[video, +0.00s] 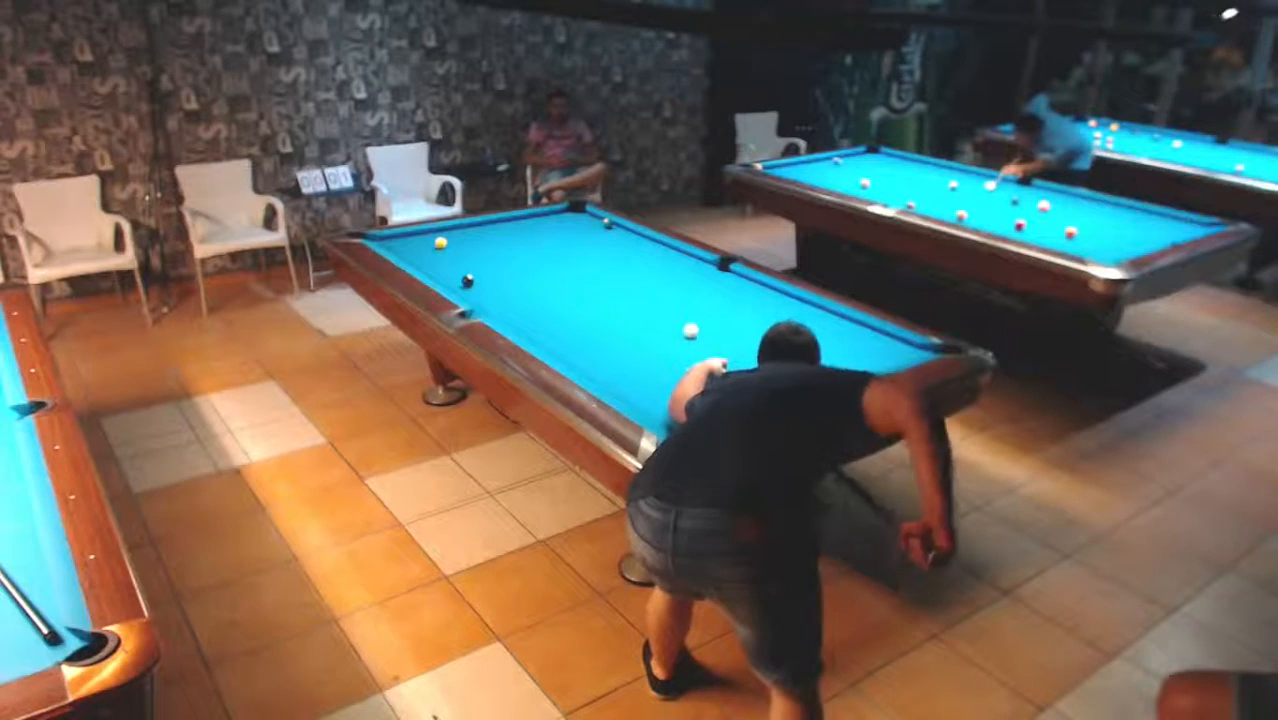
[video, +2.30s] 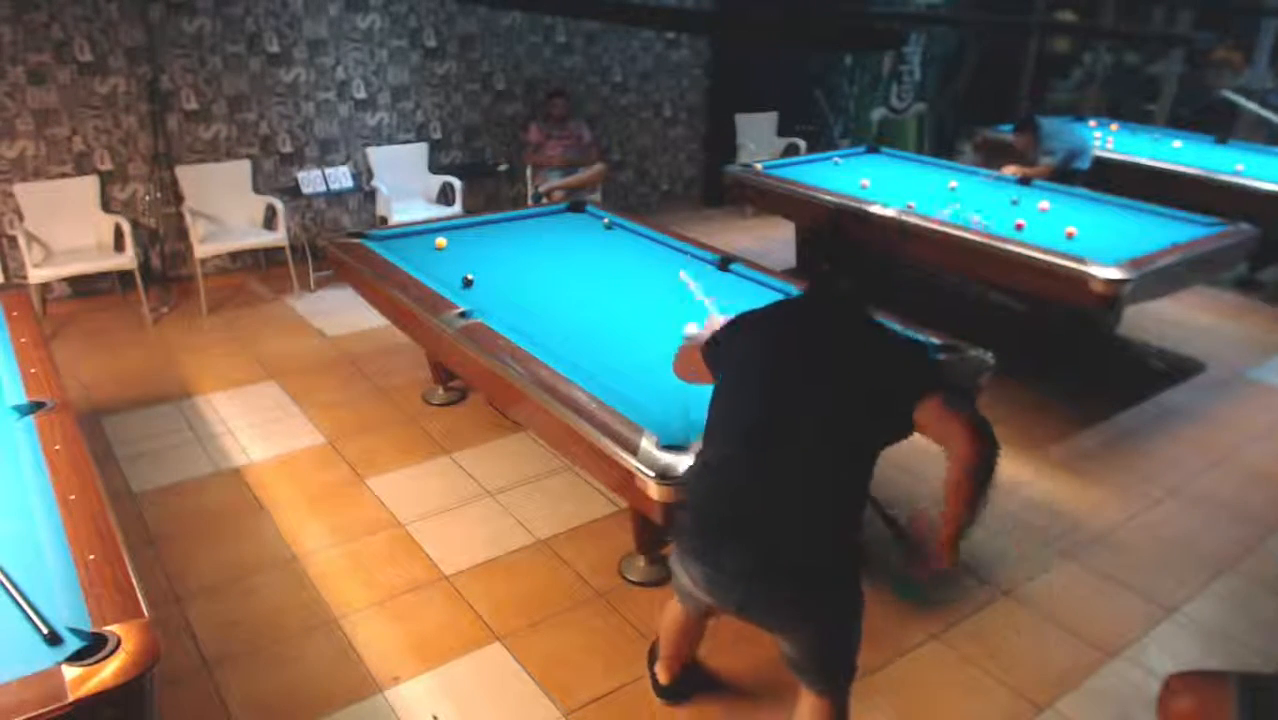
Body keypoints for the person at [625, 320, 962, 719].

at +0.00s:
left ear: (762, 359)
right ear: (815, 362)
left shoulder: (723, 384)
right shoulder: (837, 388)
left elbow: (679, 403)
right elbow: (914, 408)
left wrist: (704, 365)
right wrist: (938, 521)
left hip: (649, 517)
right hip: (744, 532)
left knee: (671, 585)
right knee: (790, 686)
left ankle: (663, 671)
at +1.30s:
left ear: (761, 359)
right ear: (814, 361)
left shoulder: (726, 387)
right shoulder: (835, 386)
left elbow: (683, 406)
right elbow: (913, 404)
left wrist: (702, 366)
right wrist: (888, 510)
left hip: (655, 517)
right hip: (750, 534)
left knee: (671, 583)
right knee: (798, 682)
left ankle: (664, 671)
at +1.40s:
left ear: (766, 346)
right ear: (819, 347)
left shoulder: (730, 373)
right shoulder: (844, 381)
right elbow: (920, 415)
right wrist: (895, 517)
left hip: (658, 522)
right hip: (751, 542)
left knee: (672, 584)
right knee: (803, 679)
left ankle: (664, 672)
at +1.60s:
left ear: (782, 307)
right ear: (839, 314)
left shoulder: (747, 346)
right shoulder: (870, 371)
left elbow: (688, 387)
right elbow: (953, 439)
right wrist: (921, 538)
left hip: (686, 519)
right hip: (781, 547)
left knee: (677, 589)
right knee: (815, 673)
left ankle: (663, 672)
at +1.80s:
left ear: (814, 277)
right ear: (884, 281)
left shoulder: (771, 336)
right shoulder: (908, 366)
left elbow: (687, 378)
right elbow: (994, 481)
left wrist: (723, 355)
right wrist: (961, 518)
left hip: (725, 562)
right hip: (829, 586)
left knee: (694, 611)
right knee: (832, 696)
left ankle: (666, 677)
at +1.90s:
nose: (817, 281)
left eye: (818, 270)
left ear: (823, 275)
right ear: (892, 276)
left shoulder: (777, 331)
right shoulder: (923, 367)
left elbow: (686, 353)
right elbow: (1007, 487)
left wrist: (700, 327)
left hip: (728, 559)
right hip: (831, 587)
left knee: (699, 606)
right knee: (833, 695)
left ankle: (669, 686)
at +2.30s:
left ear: (812, 279)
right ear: (876, 292)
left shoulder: (755, 328)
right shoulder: (897, 359)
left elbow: (685, 366)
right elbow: (973, 444)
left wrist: (702, 338)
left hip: (710, 541)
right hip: (810, 569)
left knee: (688, 599)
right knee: (822, 692)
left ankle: (668, 676)